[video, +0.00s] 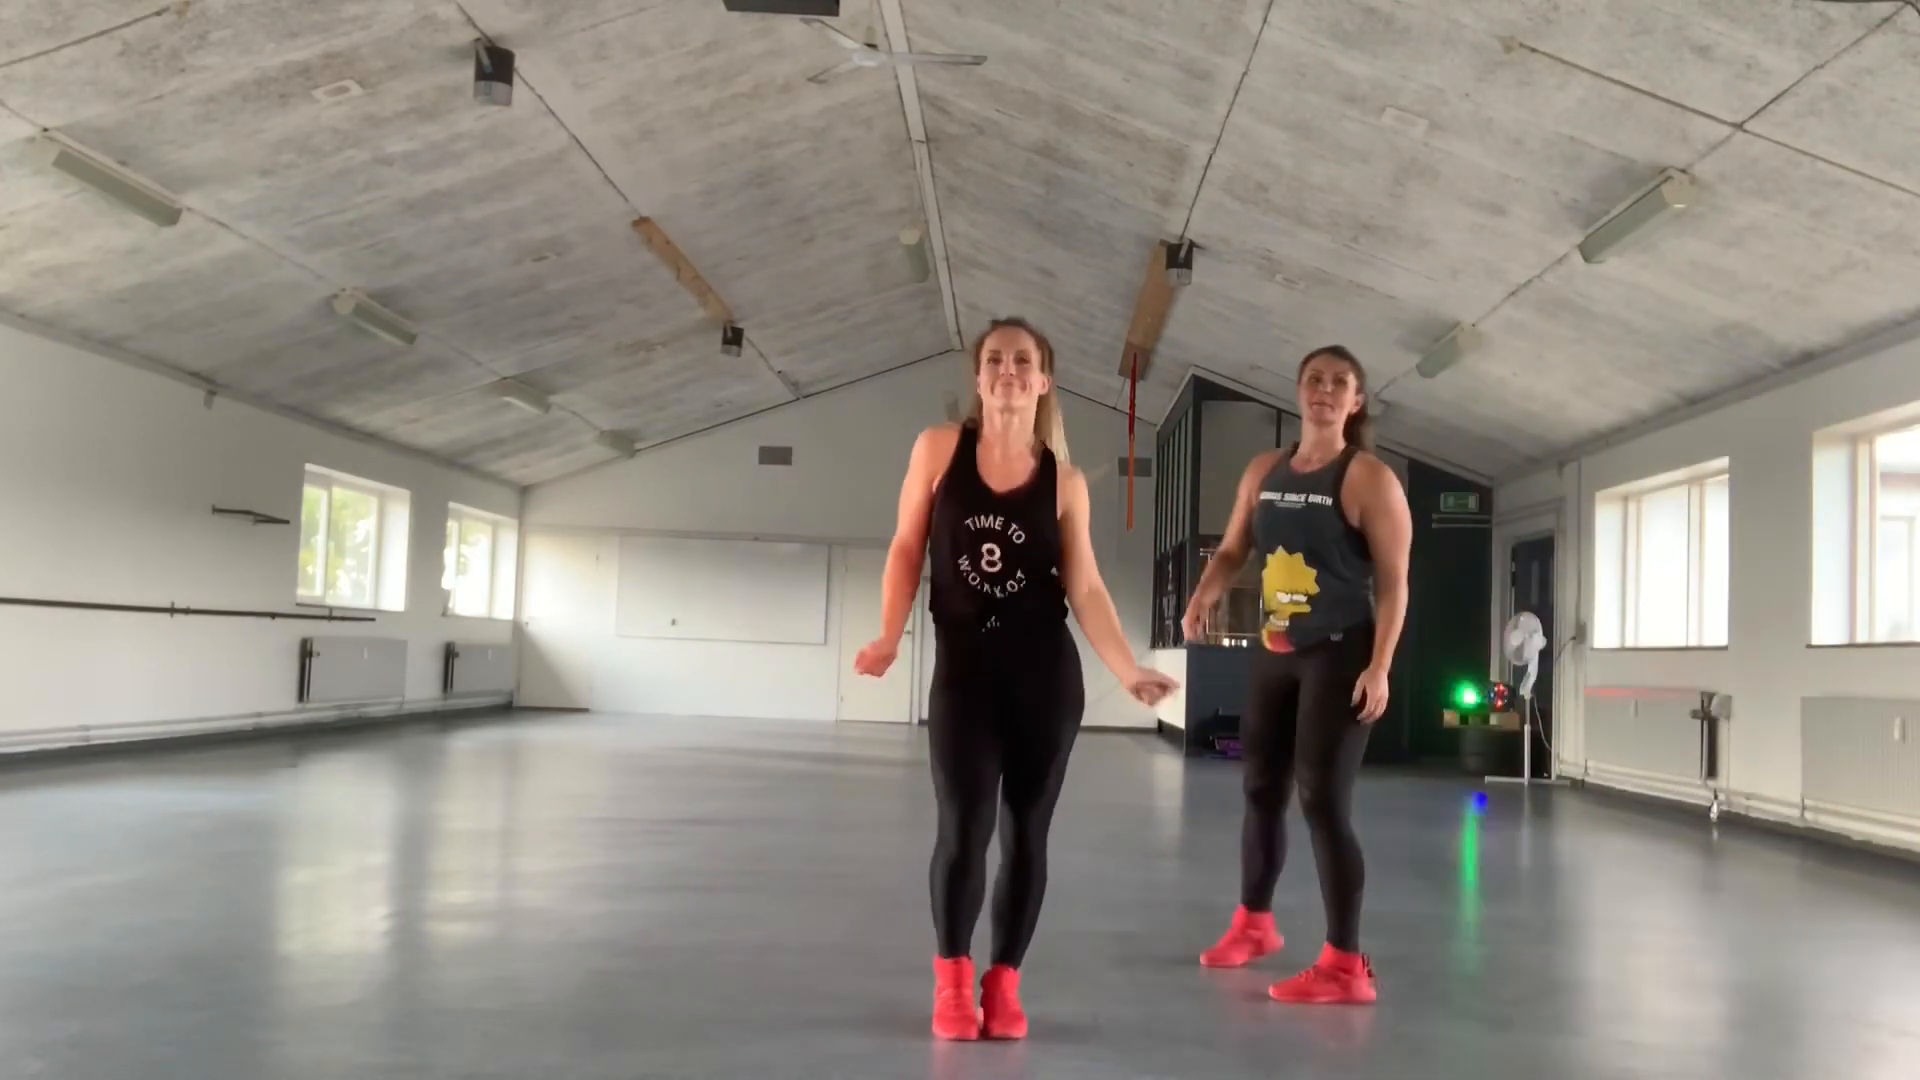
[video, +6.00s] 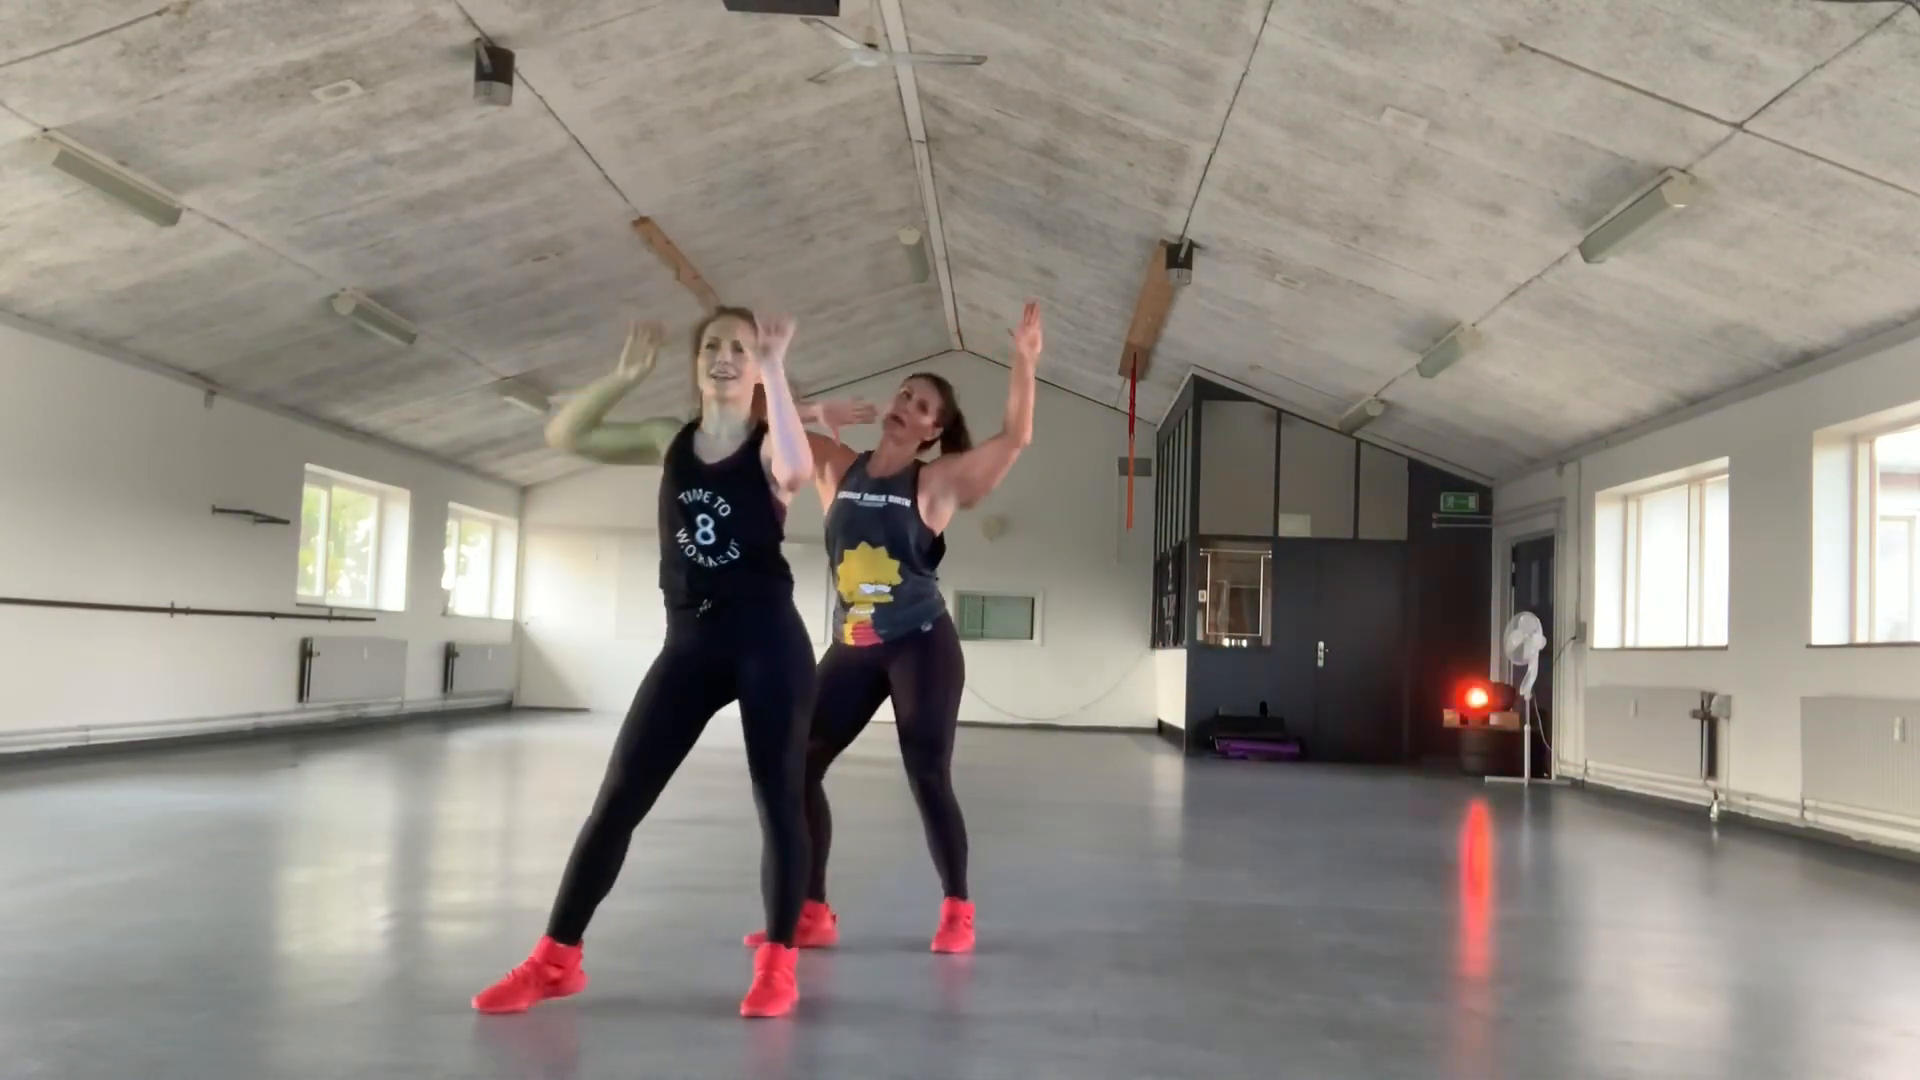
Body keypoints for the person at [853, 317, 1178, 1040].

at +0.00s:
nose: (1008, 371)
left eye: (1023, 362)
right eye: (995, 360)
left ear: (1045, 381)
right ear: (976, 376)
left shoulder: (1064, 480)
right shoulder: (939, 448)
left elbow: (1086, 587)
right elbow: (907, 548)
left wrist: (1128, 670)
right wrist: (889, 635)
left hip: (1045, 675)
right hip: (963, 672)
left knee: (1027, 834)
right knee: (965, 830)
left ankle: (1004, 981)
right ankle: (953, 978)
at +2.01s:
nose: (1027, 371)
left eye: (1041, 360)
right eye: (1014, 360)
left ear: (1063, 375)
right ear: (996, 374)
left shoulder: (1090, 470)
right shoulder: (965, 438)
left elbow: (1101, 573)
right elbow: (933, 530)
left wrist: (1092, 651)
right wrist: (932, 606)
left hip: (1053, 656)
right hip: (974, 648)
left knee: (1034, 821)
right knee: (984, 782)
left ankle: (1005, 975)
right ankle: (958, 912)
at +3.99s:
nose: (763, 365)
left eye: (778, 352)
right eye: (752, 351)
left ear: (807, 358)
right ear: (735, 356)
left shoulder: (830, 413)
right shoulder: (708, 422)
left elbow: (854, 505)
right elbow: (674, 522)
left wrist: (820, 553)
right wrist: (641, 618)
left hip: (788, 630)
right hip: (710, 627)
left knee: (774, 796)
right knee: (709, 796)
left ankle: (775, 944)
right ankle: (707, 955)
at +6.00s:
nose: (727, 358)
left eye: (741, 349)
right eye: (715, 346)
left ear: (761, 368)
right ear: (695, 362)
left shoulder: (778, 440)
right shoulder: (670, 440)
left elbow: (791, 471)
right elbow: (563, 435)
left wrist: (774, 368)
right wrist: (622, 374)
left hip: (768, 642)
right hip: (689, 646)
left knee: (780, 795)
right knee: (619, 799)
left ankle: (777, 958)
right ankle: (557, 956)